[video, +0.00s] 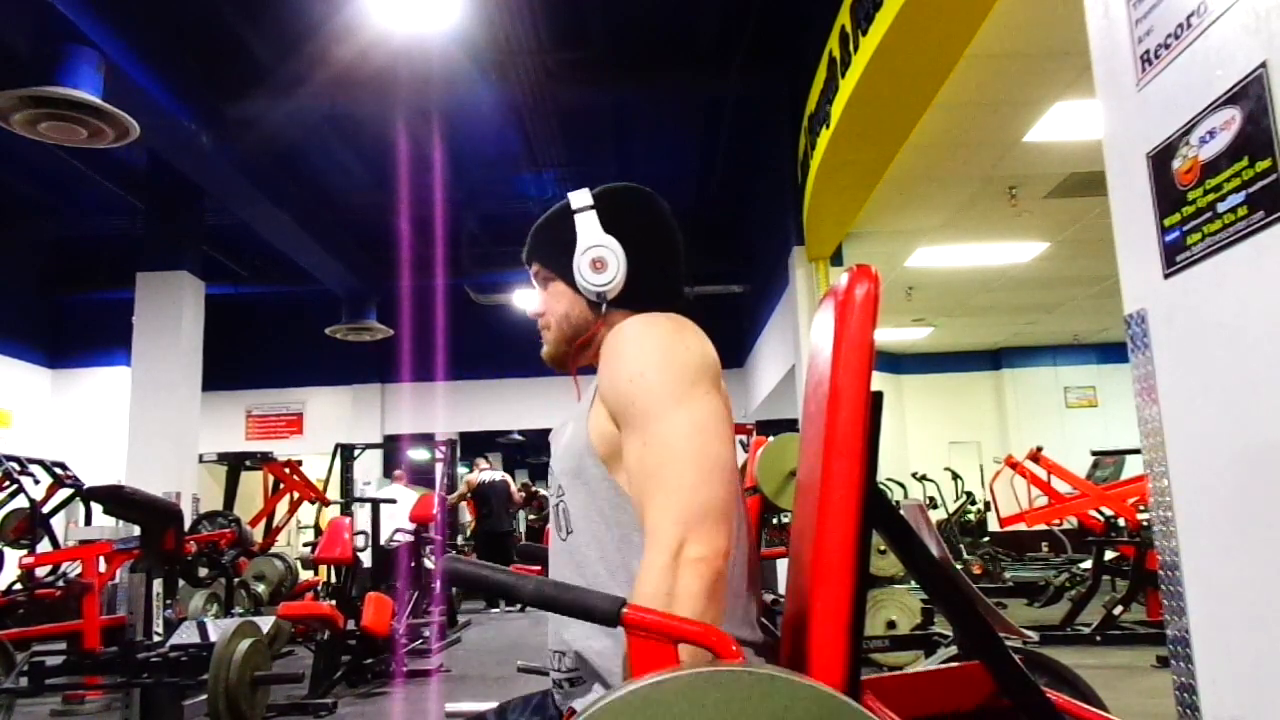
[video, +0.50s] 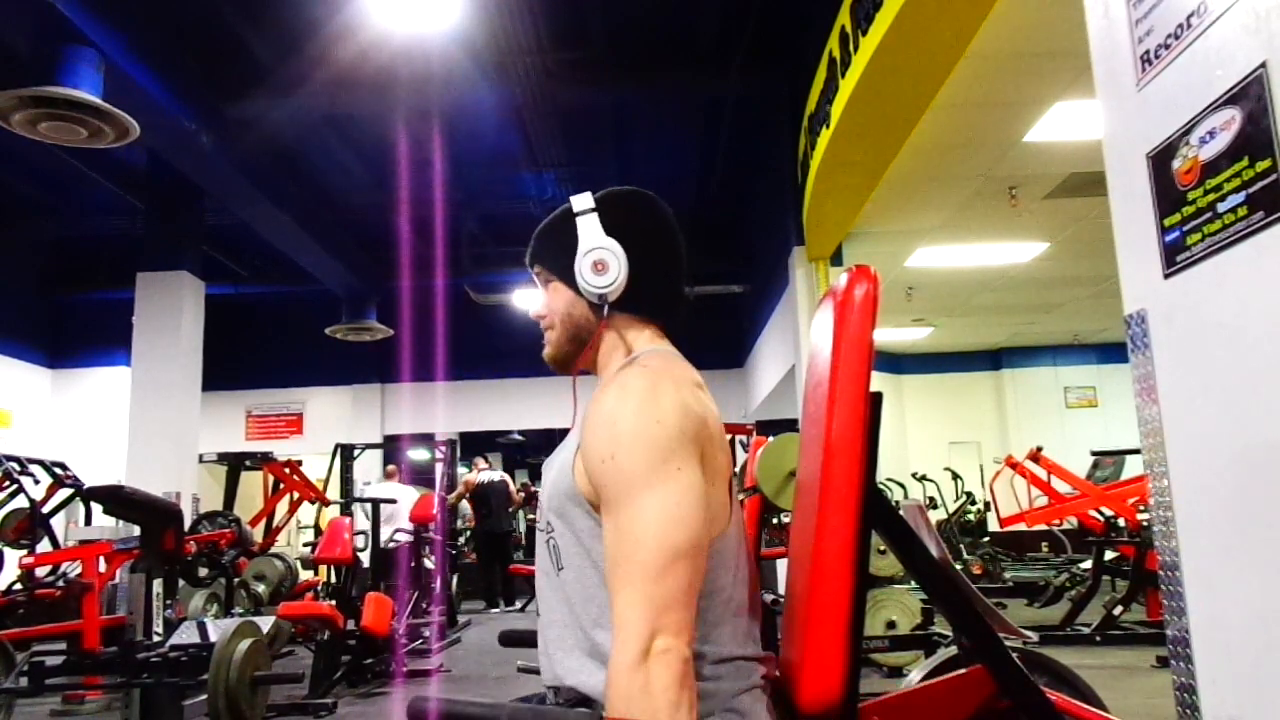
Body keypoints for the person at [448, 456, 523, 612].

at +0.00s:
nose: (474, 469)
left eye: (474, 467)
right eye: (475, 466)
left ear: (475, 467)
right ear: (490, 465)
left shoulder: (471, 478)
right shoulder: (505, 476)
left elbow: (456, 498)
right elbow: (517, 500)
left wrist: (448, 501)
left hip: (484, 530)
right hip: (505, 530)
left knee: (486, 567)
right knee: (507, 567)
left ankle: (492, 604)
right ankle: (511, 602)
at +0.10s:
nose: (473, 470)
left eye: (473, 468)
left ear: (474, 468)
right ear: (489, 465)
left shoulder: (470, 478)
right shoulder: (504, 476)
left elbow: (453, 500)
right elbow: (516, 500)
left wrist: (446, 500)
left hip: (483, 530)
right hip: (504, 529)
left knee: (486, 567)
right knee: (505, 566)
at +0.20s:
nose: (473, 469)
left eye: (473, 467)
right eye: (474, 466)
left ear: (475, 467)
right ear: (489, 465)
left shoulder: (470, 478)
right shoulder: (504, 476)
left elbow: (454, 499)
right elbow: (516, 500)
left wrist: (444, 502)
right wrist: (509, 510)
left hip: (483, 530)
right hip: (504, 529)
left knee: (487, 567)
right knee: (504, 565)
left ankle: (492, 604)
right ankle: (508, 601)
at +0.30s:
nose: (473, 469)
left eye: (473, 467)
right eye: (474, 466)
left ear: (474, 467)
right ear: (489, 464)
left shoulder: (470, 478)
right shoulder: (504, 476)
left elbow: (455, 499)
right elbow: (516, 500)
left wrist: (445, 501)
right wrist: (509, 510)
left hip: (483, 530)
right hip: (504, 529)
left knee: (487, 567)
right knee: (505, 566)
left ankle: (492, 603)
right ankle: (509, 601)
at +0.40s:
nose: (473, 468)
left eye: (473, 466)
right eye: (475, 465)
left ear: (474, 467)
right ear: (489, 464)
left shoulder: (471, 478)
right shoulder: (504, 476)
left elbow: (455, 499)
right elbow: (516, 500)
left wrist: (446, 502)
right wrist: (508, 510)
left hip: (483, 530)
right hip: (504, 529)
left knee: (487, 567)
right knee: (506, 566)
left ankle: (492, 604)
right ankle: (510, 602)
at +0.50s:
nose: (473, 469)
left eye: (473, 466)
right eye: (474, 466)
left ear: (474, 467)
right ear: (489, 464)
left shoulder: (470, 478)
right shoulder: (504, 476)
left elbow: (455, 498)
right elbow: (516, 499)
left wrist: (447, 502)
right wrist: (508, 511)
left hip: (483, 530)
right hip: (504, 529)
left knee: (487, 567)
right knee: (506, 566)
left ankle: (492, 604)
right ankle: (510, 602)